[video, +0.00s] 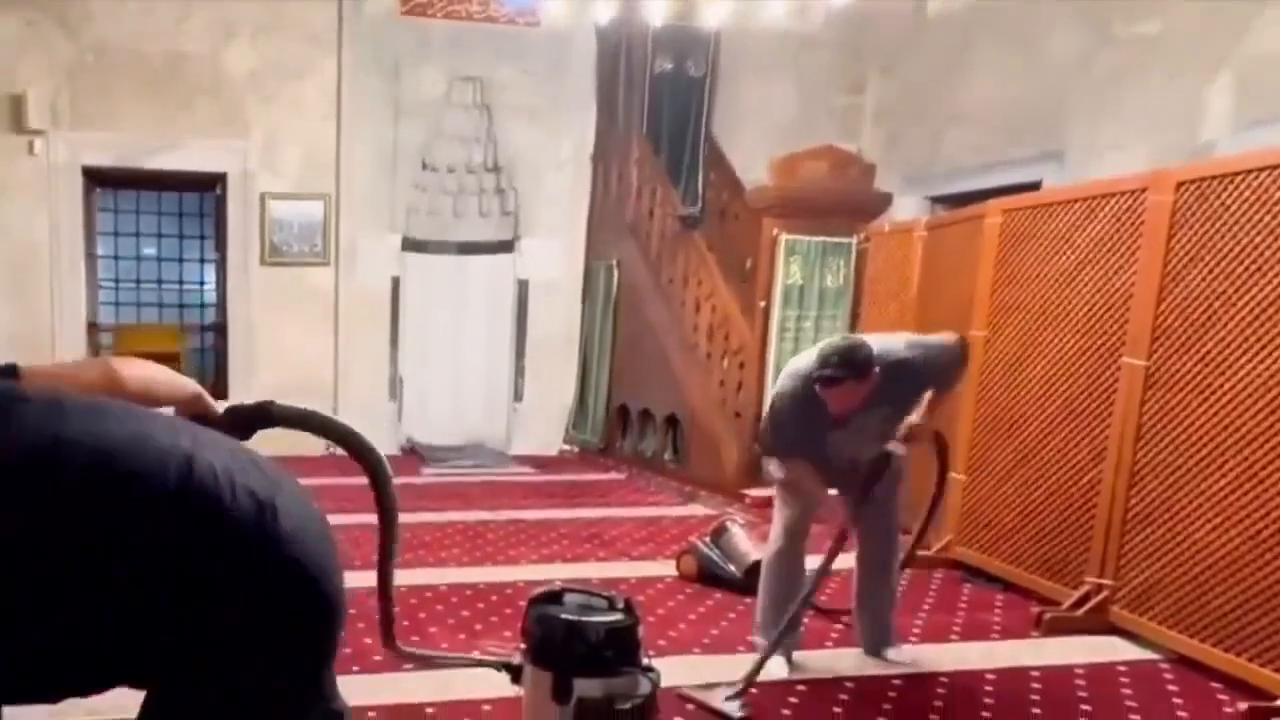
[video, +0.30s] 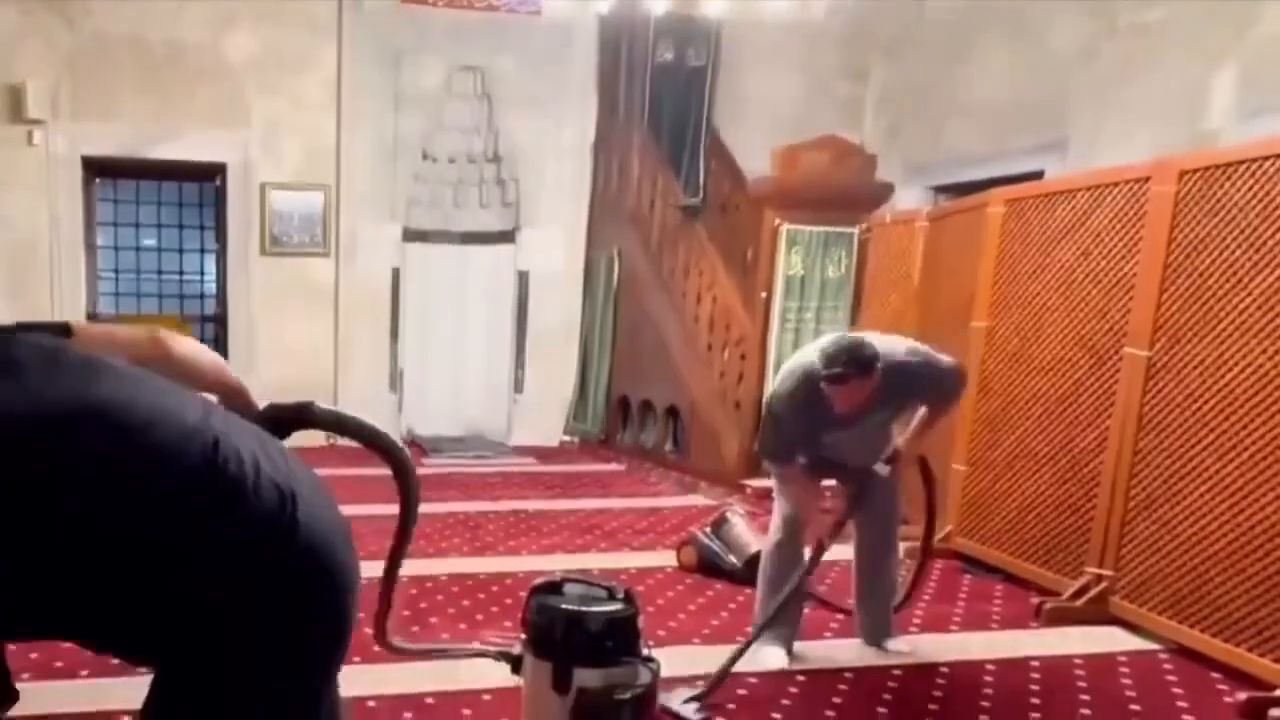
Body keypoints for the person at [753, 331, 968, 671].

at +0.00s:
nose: (826, 397)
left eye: (835, 388)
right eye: (822, 388)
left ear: (868, 379)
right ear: (816, 379)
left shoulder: (907, 361)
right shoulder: (793, 392)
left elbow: (957, 351)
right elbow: (786, 458)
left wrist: (926, 417)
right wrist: (823, 501)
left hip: (874, 458)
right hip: (810, 461)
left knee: (881, 546)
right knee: (786, 540)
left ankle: (879, 641)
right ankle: (776, 645)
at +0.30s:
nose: (834, 396)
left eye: (843, 387)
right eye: (829, 387)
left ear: (870, 378)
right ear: (821, 380)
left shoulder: (907, 366)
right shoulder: (791, 393)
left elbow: (952, 382)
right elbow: (779, 460)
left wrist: (908, 443)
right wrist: (811, 514)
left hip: (873, 459)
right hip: (810, 458)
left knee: (880, 542)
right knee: (786, 536)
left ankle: (878, 633)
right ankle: (772, 638)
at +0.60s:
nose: (871, 322)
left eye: (881, 313)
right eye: (864, 311)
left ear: (899, 307)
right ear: (847, 303)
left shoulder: (920, 324)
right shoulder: (802, 342)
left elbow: (946, 352)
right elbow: (782, 422)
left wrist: (914, 405)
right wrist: (811, 484)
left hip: (864, 438)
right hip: (798, 437)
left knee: (873, 528)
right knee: (787, 528)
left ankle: (874, 625)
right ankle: (774, 631)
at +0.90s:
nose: (935, 252)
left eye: (938, 240)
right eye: (924, 240)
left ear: (941, 238)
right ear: (890, 236)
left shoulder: (939, 277)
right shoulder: (836, 292)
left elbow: (938, 314)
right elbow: (817, 383)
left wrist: (935, 349)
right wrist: (864, 439)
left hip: (876, 412)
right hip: (805, 412)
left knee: (878, 527)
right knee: (782, 521)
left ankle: (860, 630)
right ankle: (771, 625)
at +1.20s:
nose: (1004, 235)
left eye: (1010, 224)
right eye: (995, 221)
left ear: (1011, 224)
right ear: (959, 215)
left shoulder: (982, 274)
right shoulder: (896, 278)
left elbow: (951, 350)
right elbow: (892, 376)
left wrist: (951, 389)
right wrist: (939, 444)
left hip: (907, 427)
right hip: (841, 422)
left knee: (905, 540)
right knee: (824, 531)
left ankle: (870, 642)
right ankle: (783, 619)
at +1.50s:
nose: (1064, 258)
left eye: (1073, 247)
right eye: (1057, 242)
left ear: (1078, 244)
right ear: (1021, 226)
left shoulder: (1028, 286)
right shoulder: (954, 289)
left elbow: (981, 354)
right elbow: (949, 403)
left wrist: (985, 406)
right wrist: (993, 486)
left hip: (938, 429)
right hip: (878, 425)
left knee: (923, 553)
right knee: (880, 560)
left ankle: (886, 648)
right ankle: (879, 688)